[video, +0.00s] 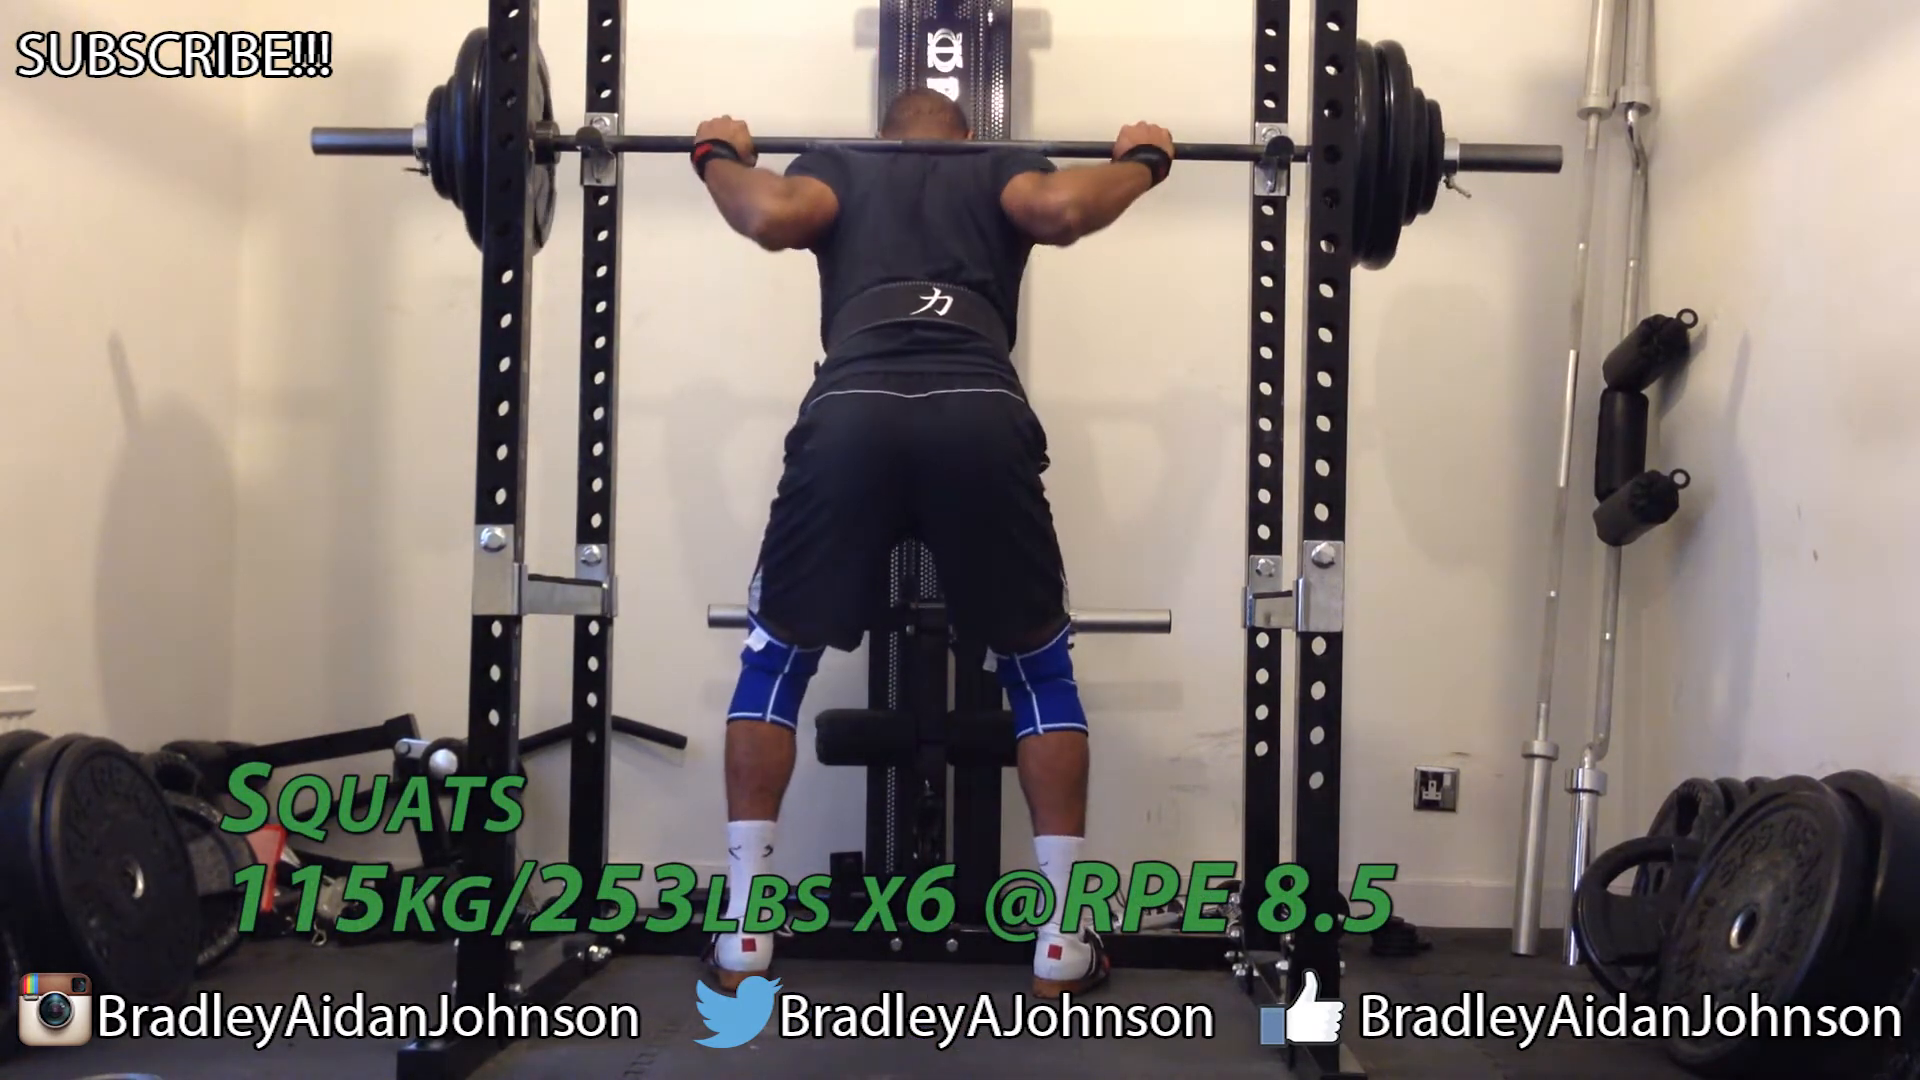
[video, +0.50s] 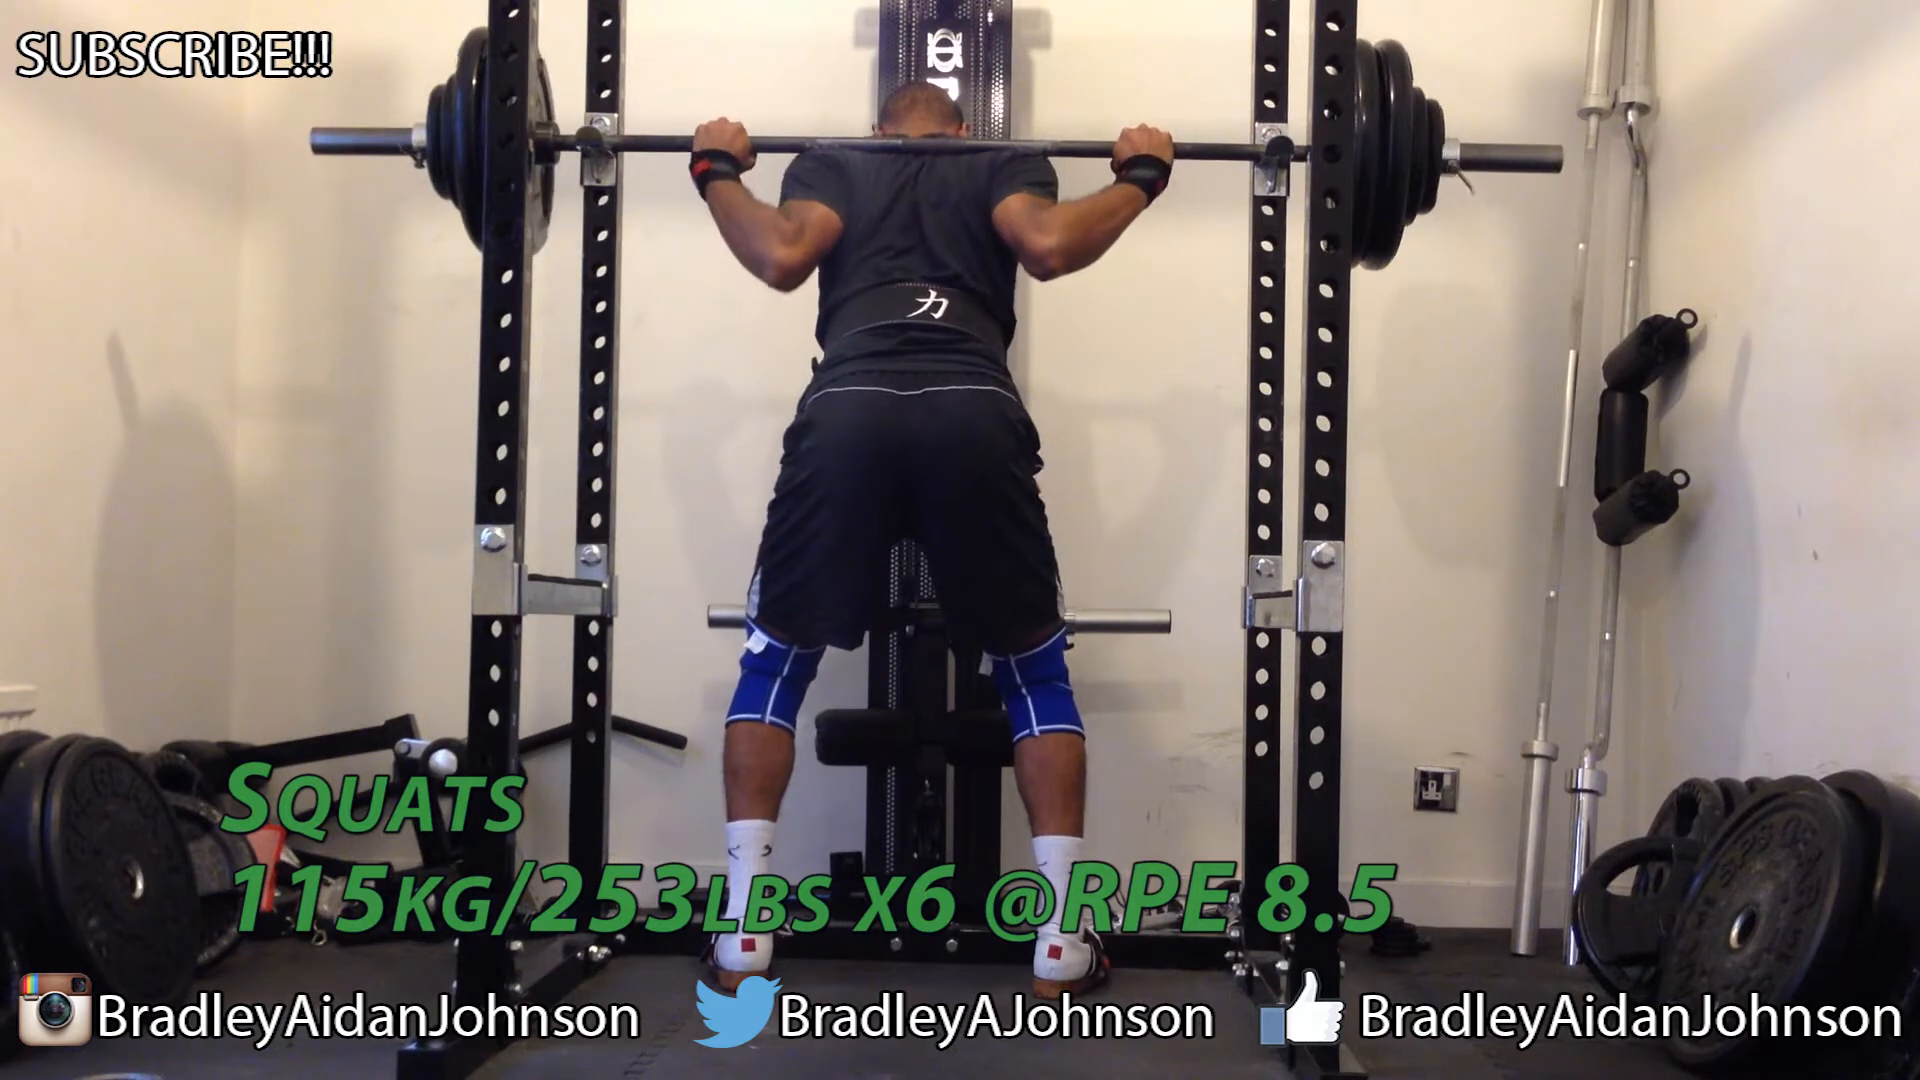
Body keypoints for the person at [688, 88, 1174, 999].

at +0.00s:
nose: (943, 130)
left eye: (922, 124)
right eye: (955, 124)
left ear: (882, 134)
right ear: (970, 135)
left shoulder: (838, 165)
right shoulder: (1001, 169)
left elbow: (767, 214)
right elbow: (1063, 208)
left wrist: (720, 157)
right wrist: (1137, 163)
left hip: (852, 414)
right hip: (980, 413)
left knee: (775, 657)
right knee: (1037, 666)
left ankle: (744, 920)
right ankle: (1062, 926)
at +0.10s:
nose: (942, 130)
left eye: (918, 124)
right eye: (955, 123)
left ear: (881, 132)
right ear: (968, 133)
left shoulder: (837, 164)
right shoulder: (1000, 166)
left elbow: (772, 220)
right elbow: (1055, 210)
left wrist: (722, 163)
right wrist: (1137, 165)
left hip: (852, 409)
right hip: (978, 408)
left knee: (775, 655)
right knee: (1035, 665)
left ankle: (744, 918)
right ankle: (1062, 927)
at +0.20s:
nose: (944, 130)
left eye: (920, 124)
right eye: (954, 122)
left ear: (880, 131)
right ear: (967, 132)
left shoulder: (837, 162)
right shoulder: (999, 163)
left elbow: (778, 227)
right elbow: (1053, 220)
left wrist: (723, 167)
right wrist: (1134, 172)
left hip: (849, 410)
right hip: (976, 408)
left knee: (776, 656)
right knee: (1034, 666)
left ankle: (743, 918)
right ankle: (1062, 925)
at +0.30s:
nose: (948, 127)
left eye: (920, 121)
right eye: (955, 119)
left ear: (881, 131)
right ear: (966, 130)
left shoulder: (838, 162)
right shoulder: (999, 164)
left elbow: (781, 232)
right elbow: (1053, 227)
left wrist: (724, 168)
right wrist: (1136, 173)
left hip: (849, 412)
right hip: (975, 411)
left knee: (776, 658)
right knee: (1033, 670)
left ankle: (744, 917)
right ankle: (1062, 925)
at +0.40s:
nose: (942, 127)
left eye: (917, 119)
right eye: (952, 118)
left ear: (879, 126)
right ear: (965, 125)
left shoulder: (835, 160)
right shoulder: (1000, 162)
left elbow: (782, 246)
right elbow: (1048, 241)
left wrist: (721, 169)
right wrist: (1139, 177)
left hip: (848, 411)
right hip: (973, 410)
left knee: (775, 657)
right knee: (1033, 669)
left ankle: (744, 916)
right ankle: (1062, 928)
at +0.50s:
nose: (939, 127)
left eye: (917, 119)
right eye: (951, 118)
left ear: (878, 126)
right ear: (965, 126)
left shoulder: (835, 161)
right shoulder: (999, 162)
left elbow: (781, 259)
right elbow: (1048, 248)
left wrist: (720, 174)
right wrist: (1137, 183)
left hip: (847, 412)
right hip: (973, 409)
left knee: (776, 658)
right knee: (1032, 668)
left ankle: (744, 916)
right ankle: (1062, 926)